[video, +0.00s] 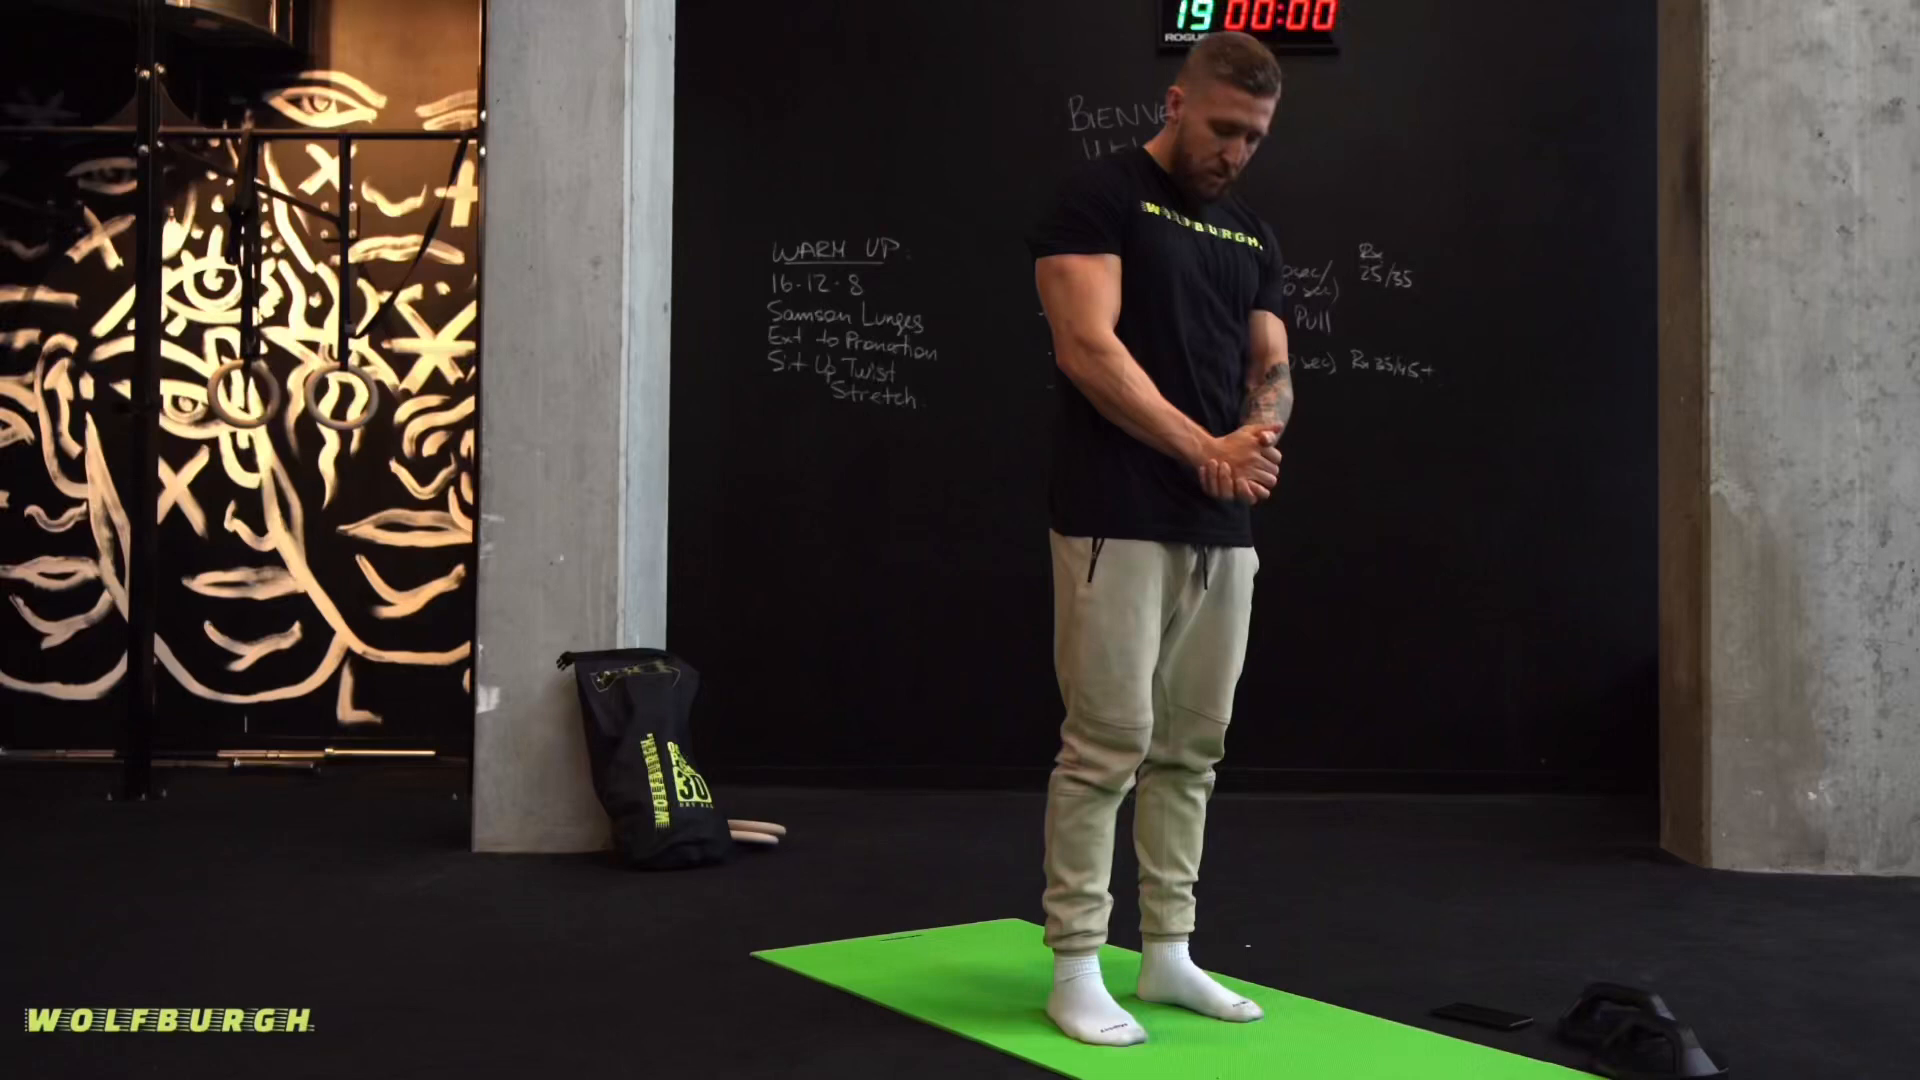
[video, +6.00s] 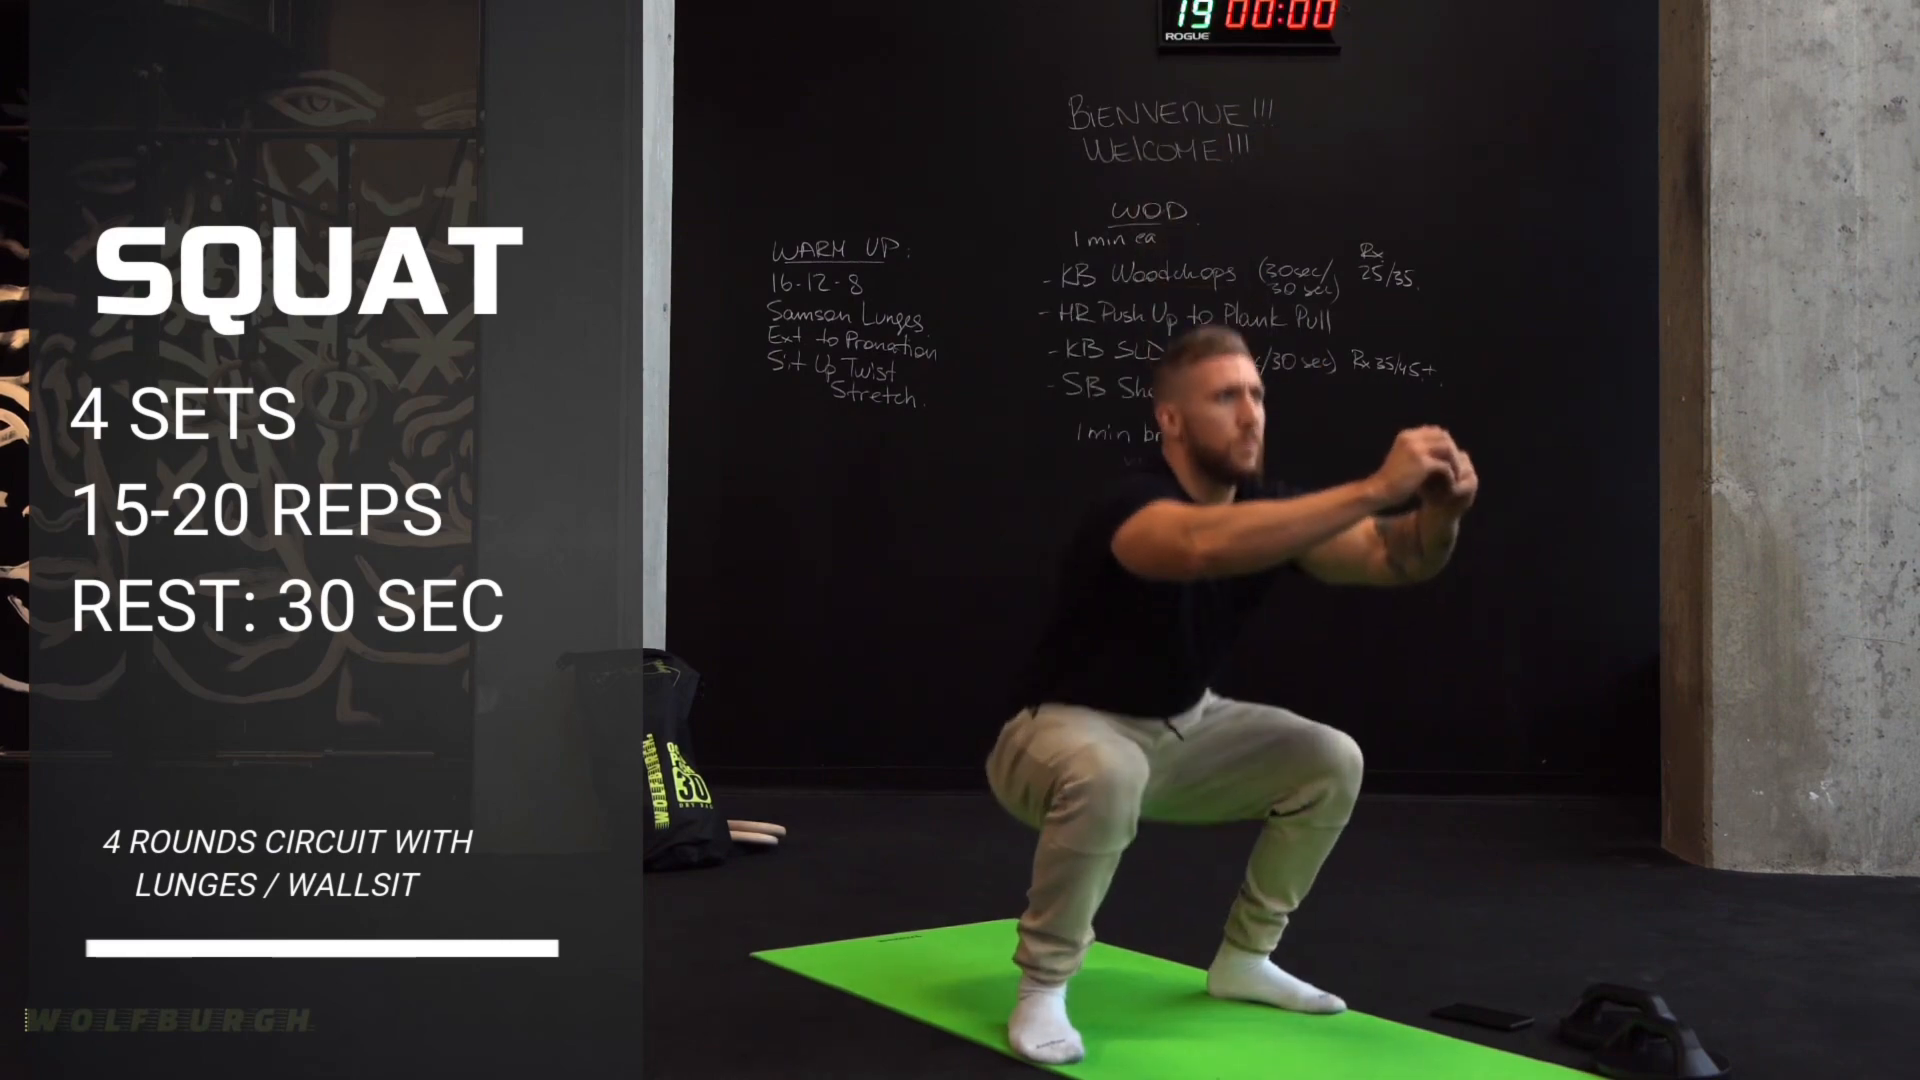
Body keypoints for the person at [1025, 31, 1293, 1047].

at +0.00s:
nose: (1235, 155)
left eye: (1251, 139)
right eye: (1221, 130)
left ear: (1264, 131)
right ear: (1173, 101)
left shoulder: (1248, 235)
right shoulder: (1096, 197)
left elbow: (1272, 369)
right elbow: (1086, 348)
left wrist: (1261, 431)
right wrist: (1202, 448)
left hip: (1219, 524)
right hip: (1115, 517)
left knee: (1190, 747)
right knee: (1106, 744)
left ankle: (1168, 960)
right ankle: (1076, 969)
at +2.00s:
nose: (1267, 170)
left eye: (1287, 154)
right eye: (1257, 145)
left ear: (1301, 146)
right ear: (1210, 111)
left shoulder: (1275, 240)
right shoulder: (1112, 200)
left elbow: (1301, 377)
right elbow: (1091, 349)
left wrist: (1277, 432)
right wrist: (1196, 441)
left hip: (1235, 538)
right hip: (1118, 530)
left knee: (1228, 750)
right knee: (1082, 750)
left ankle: (1228, 954)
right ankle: (1033, 975)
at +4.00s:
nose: (1236, 474)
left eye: (1241, 455)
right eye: (1212, 457)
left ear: (1249, 467)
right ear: (1156, 479)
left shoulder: (1247, 566)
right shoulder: (1113, 555)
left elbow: (1376, 592)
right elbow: (1199, 593)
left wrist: (1424, 539)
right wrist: (1368, 520)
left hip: (1153, 781)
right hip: (1025, 789)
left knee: (1306, 750)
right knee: (1110, 761)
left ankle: (1241, 958)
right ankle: (1044, 989)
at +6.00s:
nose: (1250, 413)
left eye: (1255, 395)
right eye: (1226, 397)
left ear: (1266, 409)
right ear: (1170, 421)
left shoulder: (1265, 513)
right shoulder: (1129, 507)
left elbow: (1391, 553)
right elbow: (1201, 546)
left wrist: (1440, 513)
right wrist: (1375, 491)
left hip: (1185, 732)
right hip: (1064, 728)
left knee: (1330, 764)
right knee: (1111, 776)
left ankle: (1243, 960)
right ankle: (1044, 989)